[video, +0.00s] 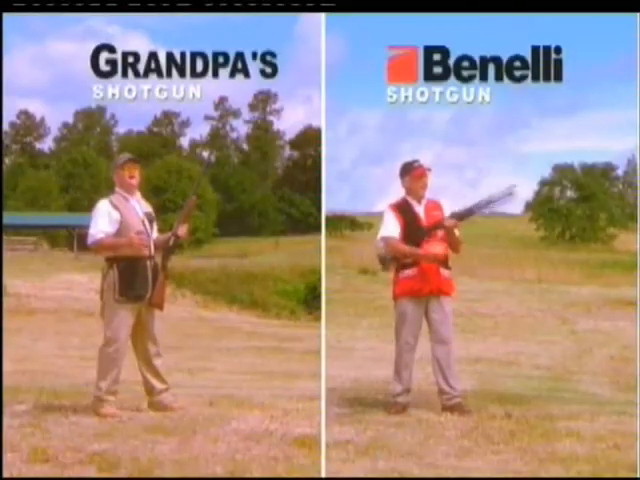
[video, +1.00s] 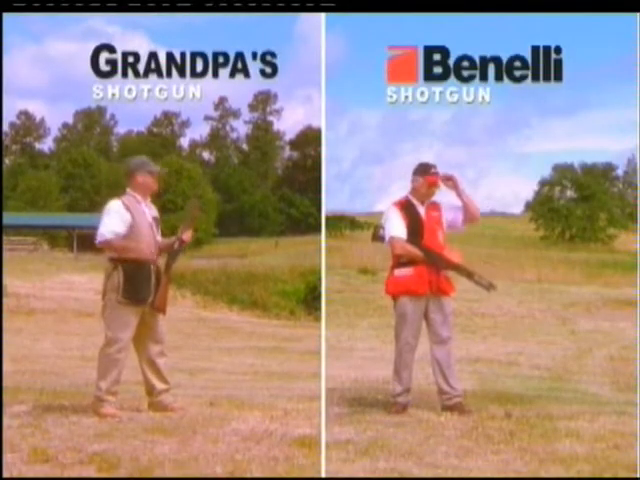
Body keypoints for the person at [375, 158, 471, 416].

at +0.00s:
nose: (423, 183)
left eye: (425, 178)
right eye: (417, 178)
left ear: (428, 180)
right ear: (405, 182)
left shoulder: (437, 208)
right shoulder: (395, 211)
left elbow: (456, 248)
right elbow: (389, 245)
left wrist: (451, 231)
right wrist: (425, 254)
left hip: (438, 277)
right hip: (409, 279)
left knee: (443, 339)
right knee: (406, 341)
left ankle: (451, 396)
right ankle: (400, 395)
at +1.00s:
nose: (433, 190)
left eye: (436, 185)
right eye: (430, 184)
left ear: (437, 185)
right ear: (416, 182)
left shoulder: (439, 210)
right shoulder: (397, 210)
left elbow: (473, 217)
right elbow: (398, 248)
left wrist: (458, 190)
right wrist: (435, 258)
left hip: (437, 282)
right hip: (409, 282)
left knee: (443, 340)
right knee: (406, 343)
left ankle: (451, 397)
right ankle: (401, 397)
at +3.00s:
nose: (431, 186)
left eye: (432, 181)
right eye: (426, 181)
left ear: (433, 183)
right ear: (412, 182)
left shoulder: (439, 208)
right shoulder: (395, 212)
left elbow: (468, 197)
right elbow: (397, 249)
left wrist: (447, 169)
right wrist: (432, 260)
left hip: (437, 281)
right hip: (409, 282)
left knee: (443, 340)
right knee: (406, 342)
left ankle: (450, 397)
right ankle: (400, 396)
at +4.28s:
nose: (434, 187)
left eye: (436, 182)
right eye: (430, 182)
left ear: (438, 183)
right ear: (416, 180)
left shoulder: (441, 208)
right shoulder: (398, 211)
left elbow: (473, 218)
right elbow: (399, 250)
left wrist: (466, 196)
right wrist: (434, 261)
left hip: (439, 282)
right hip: (410, 283)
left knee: (443, 340)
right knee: (407, 343)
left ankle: (451, 397)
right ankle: (401, 396)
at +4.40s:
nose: (436, 189)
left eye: (439, 184)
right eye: (432, 183)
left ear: (441, 185)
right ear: (419, 181)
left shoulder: (444, 210)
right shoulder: (401, 210)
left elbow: (465, 225)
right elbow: (402, 249)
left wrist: (474, 225)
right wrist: (435, 262)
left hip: (440, 281)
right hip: (411, 282)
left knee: (443, 340)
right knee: (407, 343)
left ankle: (450, 397)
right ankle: (400, 397)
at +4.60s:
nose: (441, 190)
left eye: (445, 186)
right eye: (437, 185)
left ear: (448, 186)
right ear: (425, 182)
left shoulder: (449, 210)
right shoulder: (406, 209)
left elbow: (470, 237)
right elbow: (407, 246)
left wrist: (469, 265)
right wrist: (439, 264)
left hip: (442, 283)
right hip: (412, 283)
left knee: (444, 342)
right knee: (407, 343)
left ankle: (451, 397)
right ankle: (400, 396)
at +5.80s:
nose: (427, 181)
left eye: (429, 176)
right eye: (422, 177)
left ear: (433, 178)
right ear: (410, 181)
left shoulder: (443, 209)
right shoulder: (396, 211)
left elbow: (462, 247)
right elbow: (383, 248)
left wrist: (470, 228)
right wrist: (405, 246)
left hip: (440, 280)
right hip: (409, 281)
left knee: (444, 341)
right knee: (406, 342)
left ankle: (451, 397)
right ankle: (400, 395)